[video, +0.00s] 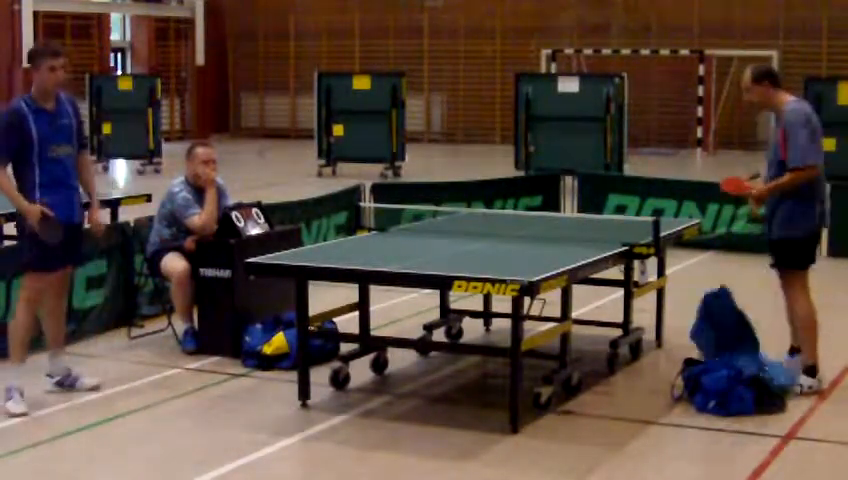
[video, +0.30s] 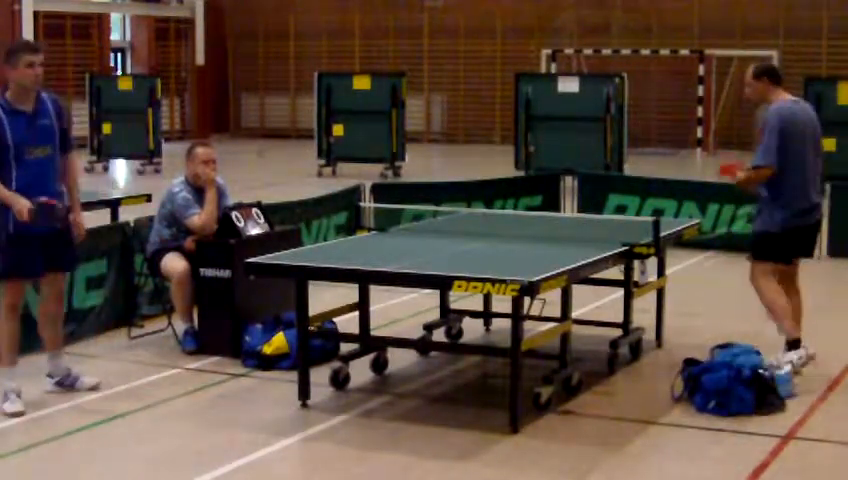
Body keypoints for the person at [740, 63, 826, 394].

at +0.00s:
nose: (746, 98)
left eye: (748, 91)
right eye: (745, 91)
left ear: (765, 86)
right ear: (766, 85)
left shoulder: (796, 115)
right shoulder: (783, 116)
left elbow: (806, 169)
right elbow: (785, 168)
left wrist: (765, 190)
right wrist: (758, 183)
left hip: (798, 220)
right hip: (785, 217)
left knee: (797, 289)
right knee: (790, 287)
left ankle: (811, 371)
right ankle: (796, 355)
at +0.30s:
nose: (746, 92)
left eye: (749, 85)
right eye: (746, 85)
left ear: (765, 83)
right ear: (771, 81)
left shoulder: (776, 114)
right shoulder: (806, 110)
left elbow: (767, 167)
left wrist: (743, 178)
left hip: (781, 212)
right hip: (806, 210)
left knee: (762, 274)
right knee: (788, 277)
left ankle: (794, 341)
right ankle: (793, 348)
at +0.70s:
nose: (741, 91)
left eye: (741, 87)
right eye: (741, 87)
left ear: (746, 85)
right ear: (768, 82)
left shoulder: (744, 114)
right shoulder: (795, 112)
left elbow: (735, 162)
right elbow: (807, 157)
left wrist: (722, 168)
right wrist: (786, 164)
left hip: (751, 209)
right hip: (786, 208)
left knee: (742, 273)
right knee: (782, 274)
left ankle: (733, 335)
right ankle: (790, 348)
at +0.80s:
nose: (731, 94)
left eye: (731, 90)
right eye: (731, 90)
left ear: (737, 87)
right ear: (759, 84)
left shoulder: (734, 116)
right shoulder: (788, 113)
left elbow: (727, 164)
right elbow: (802, 159)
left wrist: (715, 169)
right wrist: (779, 163)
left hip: (744, 209)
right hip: (778, 208)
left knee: (738, 274)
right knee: (775, 273)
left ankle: (735, 336)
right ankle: (789, 337)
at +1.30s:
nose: (705, 90)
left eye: (705, 86)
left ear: (708, 86)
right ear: (731, 83)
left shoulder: (700, 114)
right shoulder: (754, 109)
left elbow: (689, 153)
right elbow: (776, 147)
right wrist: (770, 174)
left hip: (716, 197)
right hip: (747, 195)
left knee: (724, 256)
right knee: (740, 253)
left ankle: (732, 318)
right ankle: (731, 309)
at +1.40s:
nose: (701, 90)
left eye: (701, 87)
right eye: (703, 86)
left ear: (705, 86)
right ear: (728, 83)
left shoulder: (699, 112)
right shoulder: (751, 109)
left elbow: (688, 152)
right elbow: (772, 148)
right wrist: (764, 178)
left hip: (712, 198)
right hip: (742, 196)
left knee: (715, 258)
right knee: (734, 255)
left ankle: (726, 312)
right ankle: (726, 313)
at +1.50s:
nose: (700, 89)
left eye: (699, 86)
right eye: (703, 85)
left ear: (702, 84)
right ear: (724, 81)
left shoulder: (698, 109)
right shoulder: (747, 107)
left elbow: (686, 148)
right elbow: (769, 147)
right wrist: (754, 173)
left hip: (707, 193)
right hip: (738, 192)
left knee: (698, 250)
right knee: (727, 253)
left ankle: (715, 295)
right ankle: (724, 315)